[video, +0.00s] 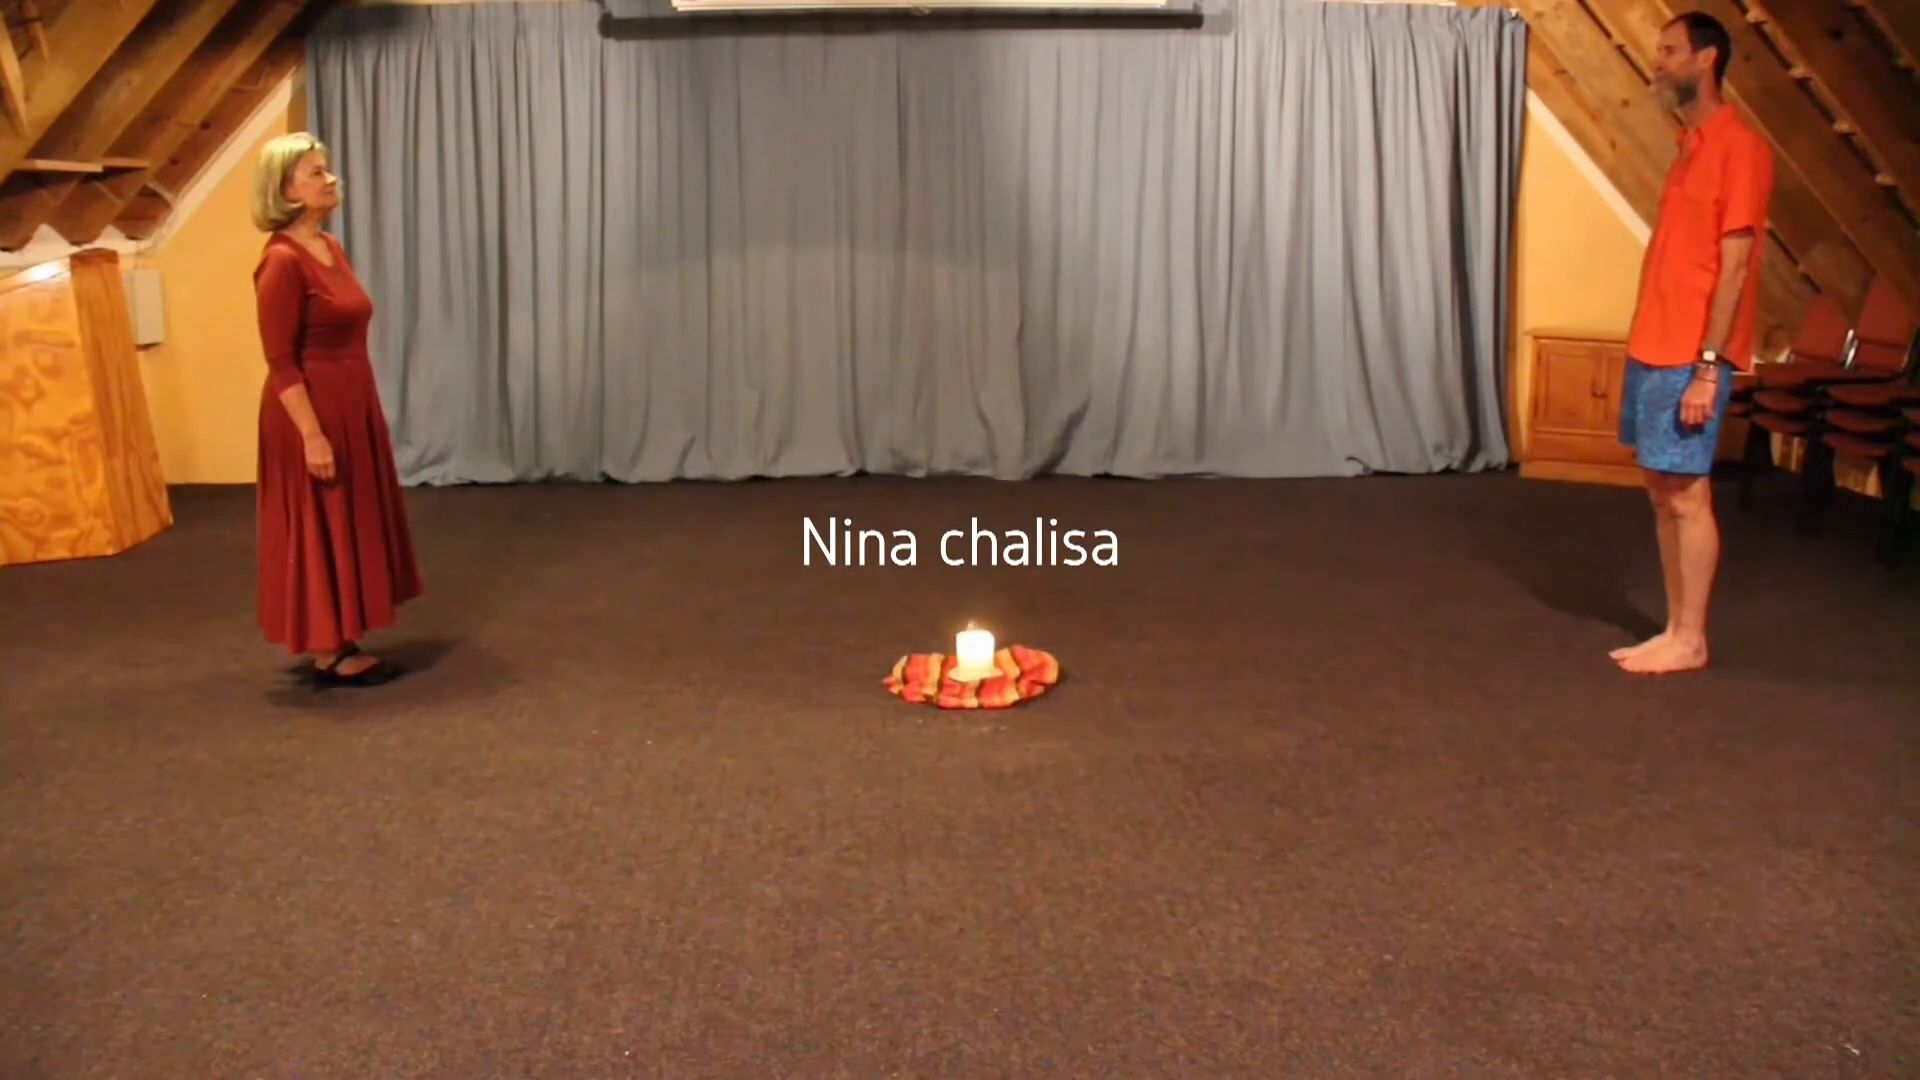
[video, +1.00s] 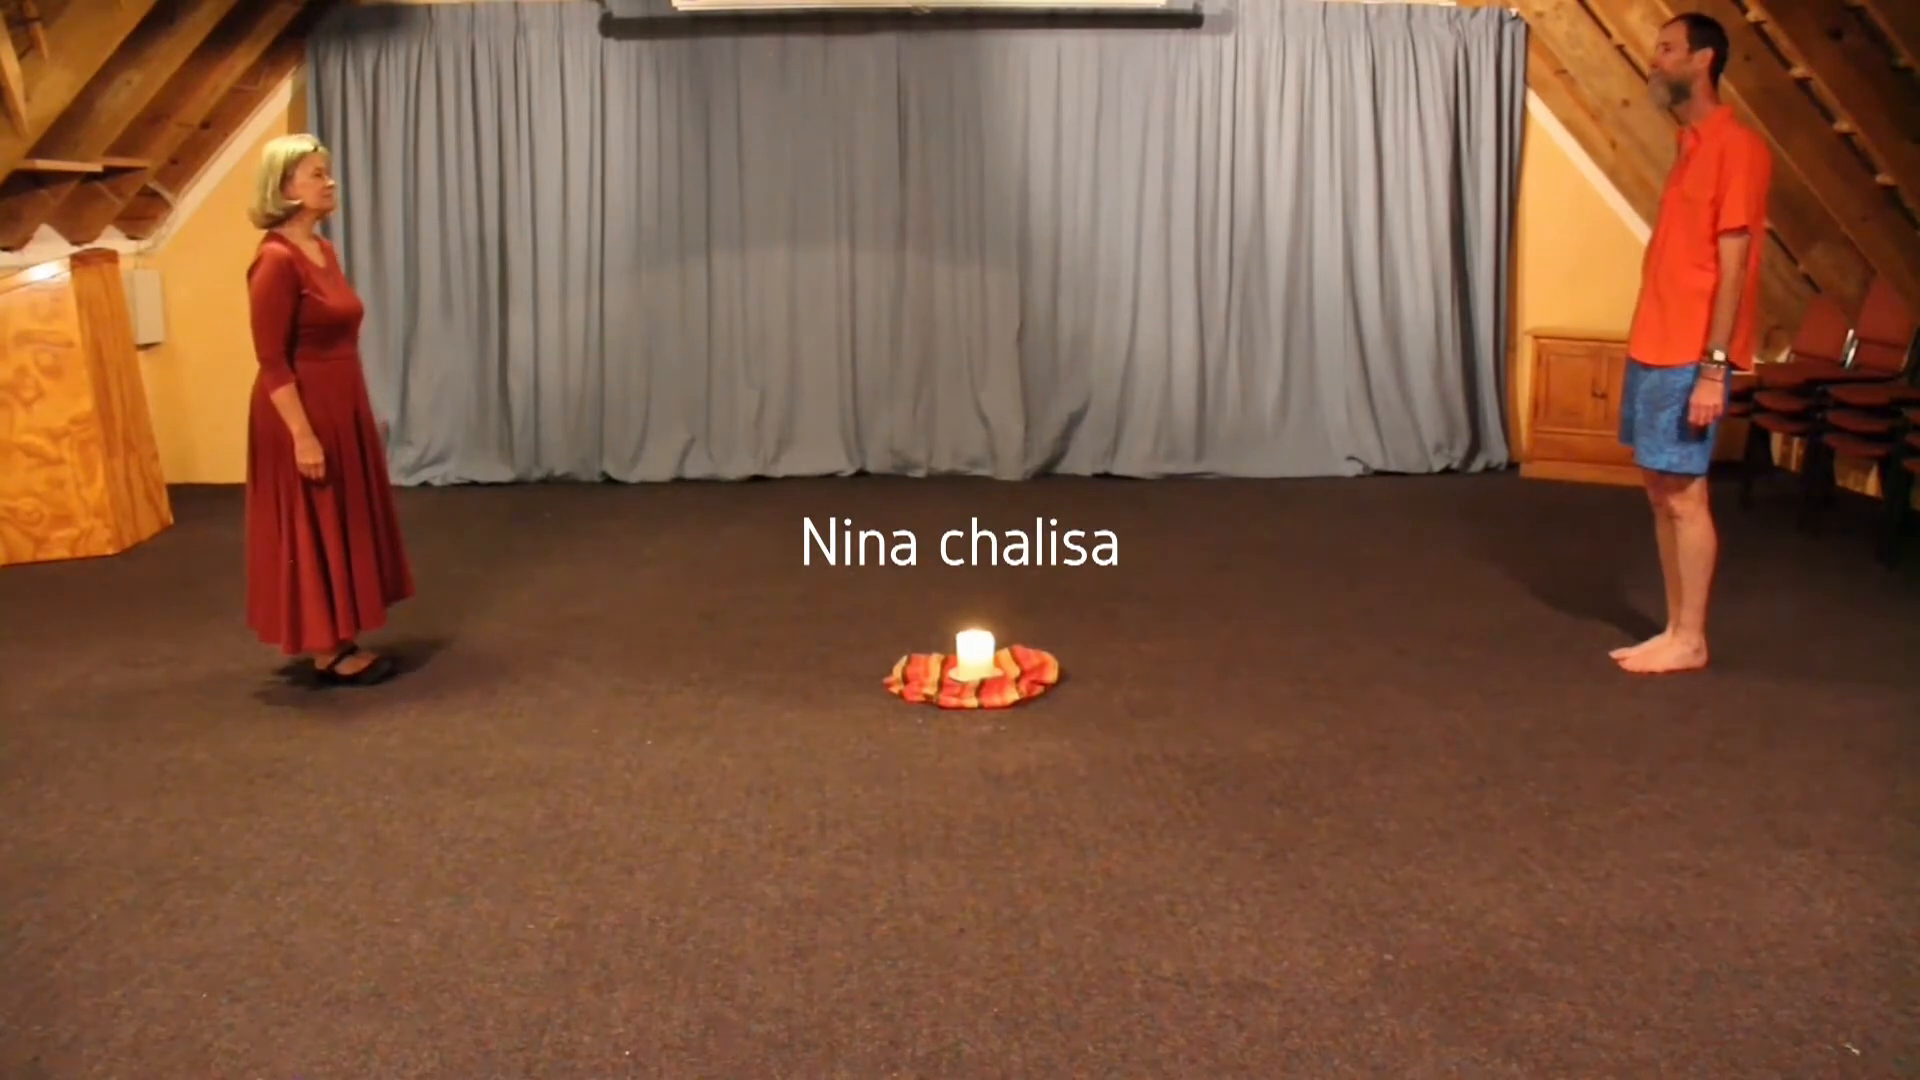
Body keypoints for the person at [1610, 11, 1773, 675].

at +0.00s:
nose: (1657, 63)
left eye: (1669, 51)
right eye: (1658, 51)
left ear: (1707, 58)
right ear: (1694, 59)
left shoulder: (1740, 144)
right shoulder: (1695, 142)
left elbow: (1736, 265)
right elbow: (1684, 257)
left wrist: (1710, 364)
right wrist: (1656, 348)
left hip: (1692, 358)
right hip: (1657, 353)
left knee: (1688, 499)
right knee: (1663, 495)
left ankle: (1691, 639)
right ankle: (1676, 631)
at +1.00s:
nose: (1654, 61)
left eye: (1667, 50)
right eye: (1655, 49)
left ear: (1705, 60)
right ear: (1691, 61)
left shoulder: (1737, 144)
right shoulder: (1695, 143)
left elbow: (1734, 267)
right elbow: (1688, 259)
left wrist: (1715, 366)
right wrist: (1656, 348)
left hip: (1691, 358)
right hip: (1657, 352)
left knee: (1684, 498)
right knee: (1662, 494)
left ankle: (1691, 639)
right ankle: (1676, 630)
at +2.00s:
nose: (1656, 56)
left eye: (1670, 45)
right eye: (1658, 44)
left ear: (1708, 58)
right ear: (1688, 60)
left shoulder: (1738, 144)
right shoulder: (1690, 142)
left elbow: (1735, 260)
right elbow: (1684, 255)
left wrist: (1727, 368)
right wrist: (1651, 345)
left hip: (1691, 357)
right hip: (1653, 351)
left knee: (1686, 496)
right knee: (1660, 492)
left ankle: (1692, 639)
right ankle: (1677, 630)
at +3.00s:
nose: (1657, 63)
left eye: (1669, 51)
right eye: (1657, 51)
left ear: (1707, 58)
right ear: (1694, 60)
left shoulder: (1742, 143)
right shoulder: (1697, 141)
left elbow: (1740, 257)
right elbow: (1696, 253)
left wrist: (1733, 366)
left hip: (1695, 355)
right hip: (1658, 349)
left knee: (1686, 497)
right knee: (1662, 492)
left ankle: (1692, 639)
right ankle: (1677, 630)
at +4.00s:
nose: (1652, 59)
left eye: (1664, 48)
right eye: (1653, 47)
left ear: (1702, 58)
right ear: (1691, 59)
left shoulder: (1734, 142)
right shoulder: (1694, 140)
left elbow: (1729, 258)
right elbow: (1693, 255)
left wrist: (1719, 366)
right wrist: (1662, 348)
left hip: (1691, 357)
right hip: (1658, 352)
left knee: (1688, 498)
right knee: (1663, 494)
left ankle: (1692, 639)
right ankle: (1677, 630)